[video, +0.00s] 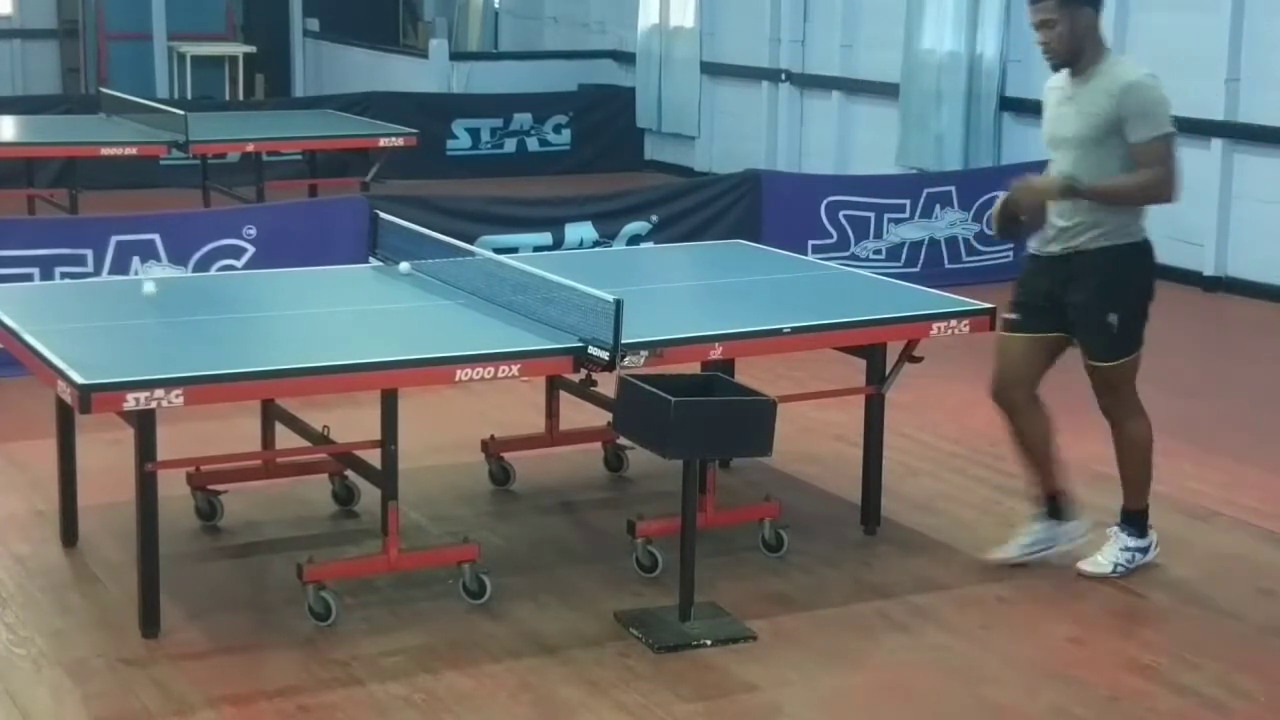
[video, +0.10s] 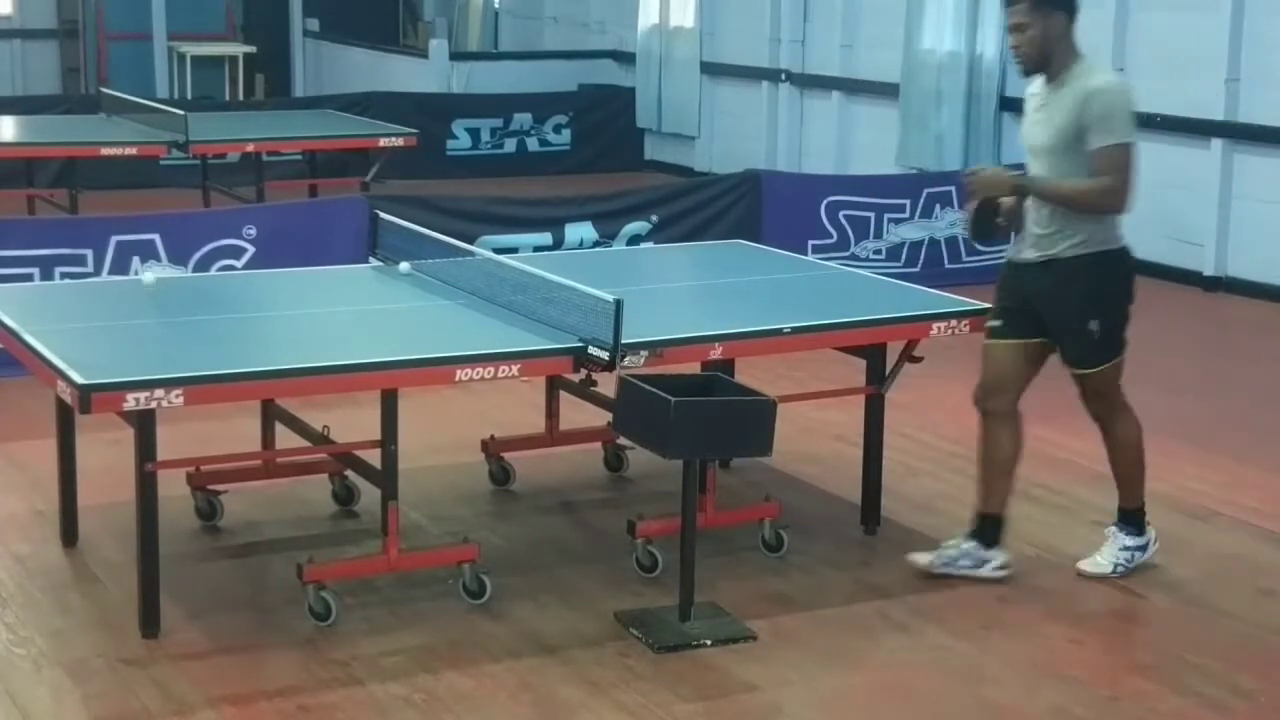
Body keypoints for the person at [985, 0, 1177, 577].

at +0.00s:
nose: (1040, 39)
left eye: (1048, 25)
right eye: (1035, 28)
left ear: (1087, 17)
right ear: (1042, 28)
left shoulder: (1135, 87)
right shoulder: (1057, 87)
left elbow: (1162, 184)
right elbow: (1075, 176)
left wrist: (1062, 188)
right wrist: (1030, 203)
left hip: (1112, 263)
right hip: (1053, 261)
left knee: (1117, 397)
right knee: (1010, 386)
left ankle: (1136, 532)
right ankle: (1056, 515)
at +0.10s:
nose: (1014, 41)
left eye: (1023, 27)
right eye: (1010, 30)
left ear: (1062, 22)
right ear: (1011, 32)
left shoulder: (1104, 91)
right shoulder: (1036, 95)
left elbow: (1113, 195)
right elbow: (1056, 190)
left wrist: (1017, 184)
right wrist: (1013, 204)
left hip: (1090, 270)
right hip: (1029, 268)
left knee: (1105, 401)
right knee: (995, 398)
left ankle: (1134, 533)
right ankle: (984, 542)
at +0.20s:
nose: (983, 50)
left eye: (992, 36)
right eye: (980, 38)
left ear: (1030, 31)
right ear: (1002, 37)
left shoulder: (1070, 100)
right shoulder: (1014, 99)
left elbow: (1072, 206)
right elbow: (1027, 192)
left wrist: (977, 197)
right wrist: (981, 213)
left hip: (1061, 276)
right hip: (1005, 273)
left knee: (1070, 409)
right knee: (968, 401)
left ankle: (1126, 524)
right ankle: (975, 548)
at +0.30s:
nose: (953, 55)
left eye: (962, 41)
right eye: (951, 43)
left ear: (1001, 33)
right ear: (967, 43)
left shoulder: (1041, 101)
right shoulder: (991, 99)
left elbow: (1043, 209)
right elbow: (999, 194)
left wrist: (950, 207)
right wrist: (943, 212)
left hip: (1027, 278)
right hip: (976, 272)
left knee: (1009, 421)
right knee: (952, 405)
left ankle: (1092, 503)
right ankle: (973, 549)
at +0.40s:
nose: (922, 56)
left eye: (929, 42)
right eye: (919, 45)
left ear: (967, 32)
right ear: (944, 40)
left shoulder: (1012, 99)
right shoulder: (966, 99)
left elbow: (1022, 207)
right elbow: (978, 192)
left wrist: (927, 211)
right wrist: (921, 206)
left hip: (1006, 275)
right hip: (964, 269)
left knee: (957, 413)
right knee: (950, 412)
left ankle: (1033, 522)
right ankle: (972, 548)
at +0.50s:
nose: (890, 61)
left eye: (897, 46)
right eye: (886, 49)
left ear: (935, 34)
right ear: (911, 43)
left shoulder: (978, 102)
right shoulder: (943, 98)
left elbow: (994, 210)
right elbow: (964, 185)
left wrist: (902, 223)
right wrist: (912, 196)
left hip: (985, 275)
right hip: (964, 270)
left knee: (926, 418)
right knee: (964, 418)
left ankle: (958, 567)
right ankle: (976, 554)